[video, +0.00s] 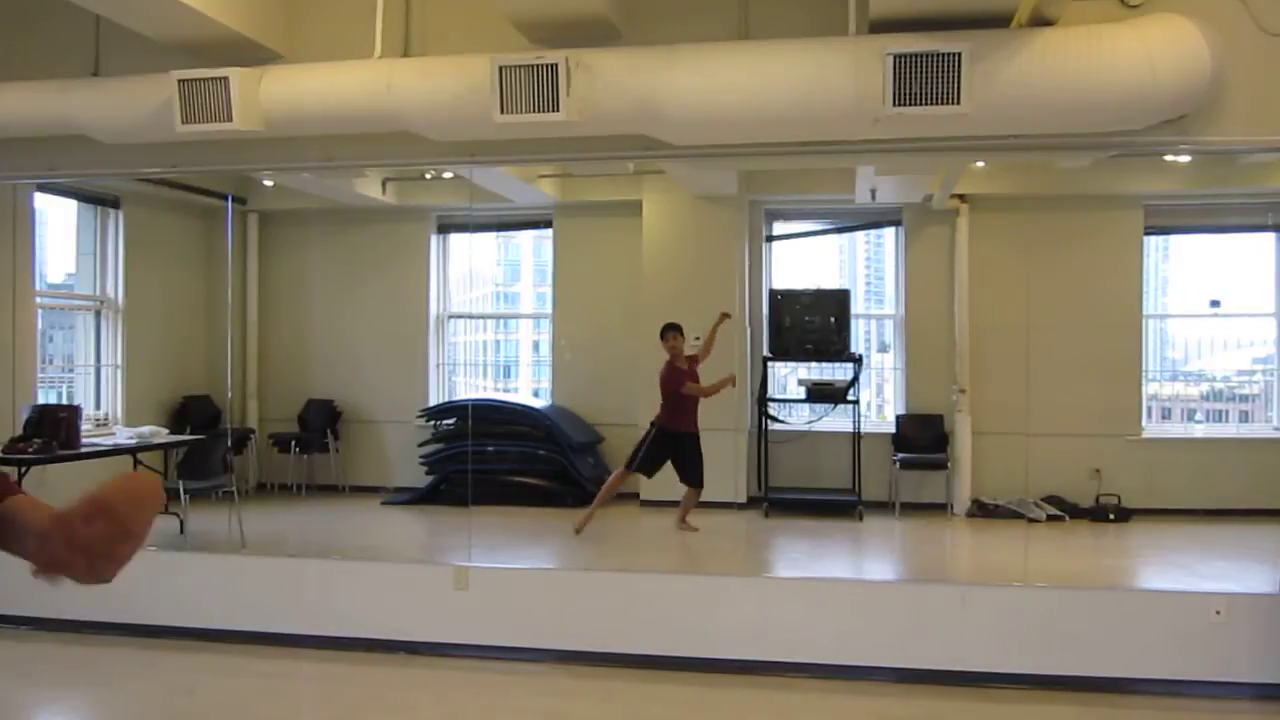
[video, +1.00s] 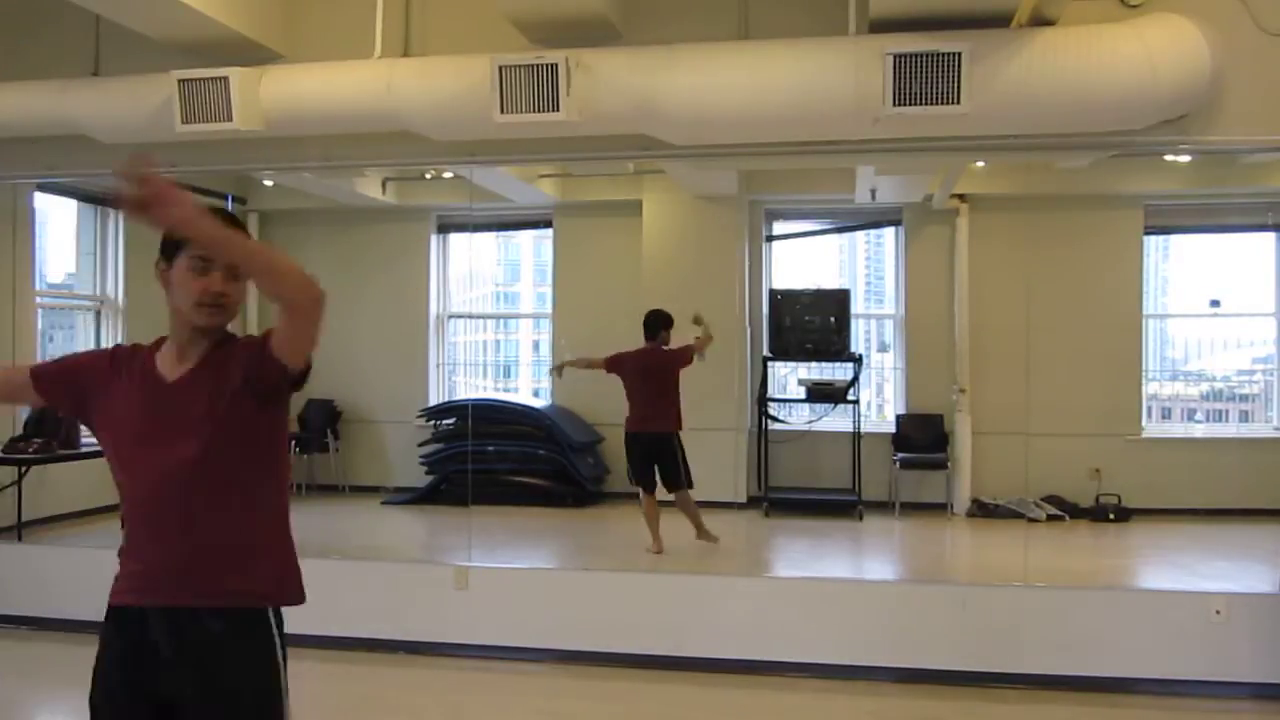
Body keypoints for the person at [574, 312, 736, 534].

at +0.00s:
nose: (672, 343)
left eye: (676, 338)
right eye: (667, 339)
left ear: (684, 340)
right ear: (663, 344)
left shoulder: (691, 362)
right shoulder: (670, 374)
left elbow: (706, 349)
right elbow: (704, 392)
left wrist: (717, 324)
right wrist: (727, 381)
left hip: (687, 433)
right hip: (663, 431)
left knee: (696, 484)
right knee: (627, 470)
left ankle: (681, 520)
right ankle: (590, 513)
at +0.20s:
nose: (653, 333)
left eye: (657, 328)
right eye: (649, 329)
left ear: (665, 331)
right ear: (645, 333)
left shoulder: (678, 355)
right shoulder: (640, 363)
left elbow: (706, 345)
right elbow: (649, 380)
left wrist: (720, 316)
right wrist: (673, 371)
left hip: (677, 425)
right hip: (650, 424)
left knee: (684, 475)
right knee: (633, 474)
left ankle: (684, 514)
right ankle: (620, 528)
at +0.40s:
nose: (641, 327)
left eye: (646, 323)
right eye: (637, 323)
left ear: (655, 327)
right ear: (633, 327)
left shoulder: (665, 353)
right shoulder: (625, 360)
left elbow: (702, 339)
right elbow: (594, 373)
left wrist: (721, 313)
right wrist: (560, 374)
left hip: (656, 424)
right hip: (628, 424)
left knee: (669, 478)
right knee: (627, 479)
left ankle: (679, 518)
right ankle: (621, 533)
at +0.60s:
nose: (633, 319)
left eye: (639, 315)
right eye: (631, 315)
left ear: (649, 318)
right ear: (627, 317)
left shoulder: (653, 342)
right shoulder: (628, 343)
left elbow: (666, 345)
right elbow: (614, 336)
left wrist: (675, 341)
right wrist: (615, 307)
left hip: (646, 416)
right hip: (626, 416)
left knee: (647, 474)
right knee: (616, 469)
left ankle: (669, 524)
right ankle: (617, 527)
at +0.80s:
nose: (628, 324)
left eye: (631, 319)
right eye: (629, 319)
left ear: (644, 321)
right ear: (651, 321)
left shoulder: (638, 349)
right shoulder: (669, 339)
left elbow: (603, 376)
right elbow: (674, 316)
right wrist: (653, 315)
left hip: (640, 418)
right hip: (665, 416)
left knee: (643, 475)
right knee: (639, 468)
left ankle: (653, 536)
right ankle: (615, 508)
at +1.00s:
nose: (671, 335)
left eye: (670, 331)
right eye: (669, 331)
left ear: (645, 332)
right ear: (663, 332)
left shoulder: (627, 359)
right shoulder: (671, 357)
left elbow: (593, 363)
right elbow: (701, 344)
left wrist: (565, 363)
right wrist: (705, 328)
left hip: (636, 434)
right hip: (666, 434)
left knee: (647, 491)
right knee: (679, 489)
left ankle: (656, 542)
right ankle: (701, 529)